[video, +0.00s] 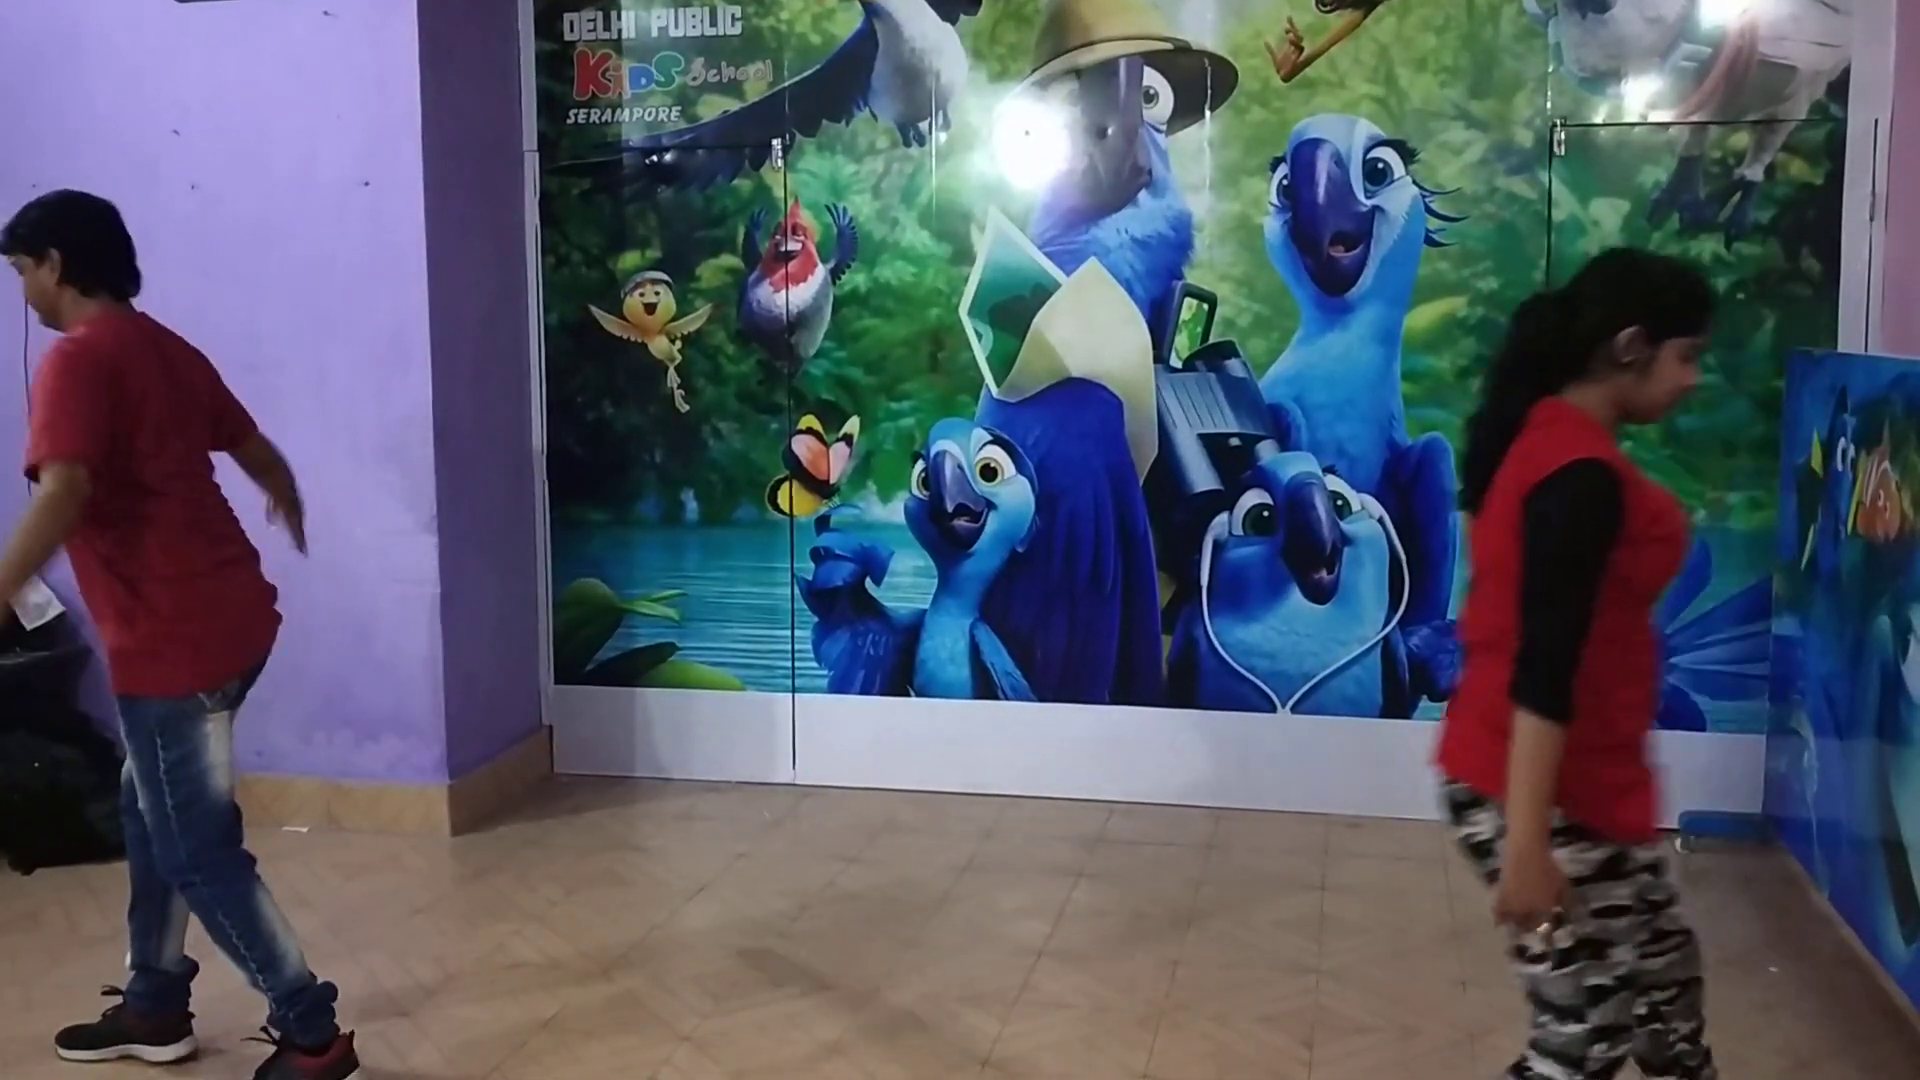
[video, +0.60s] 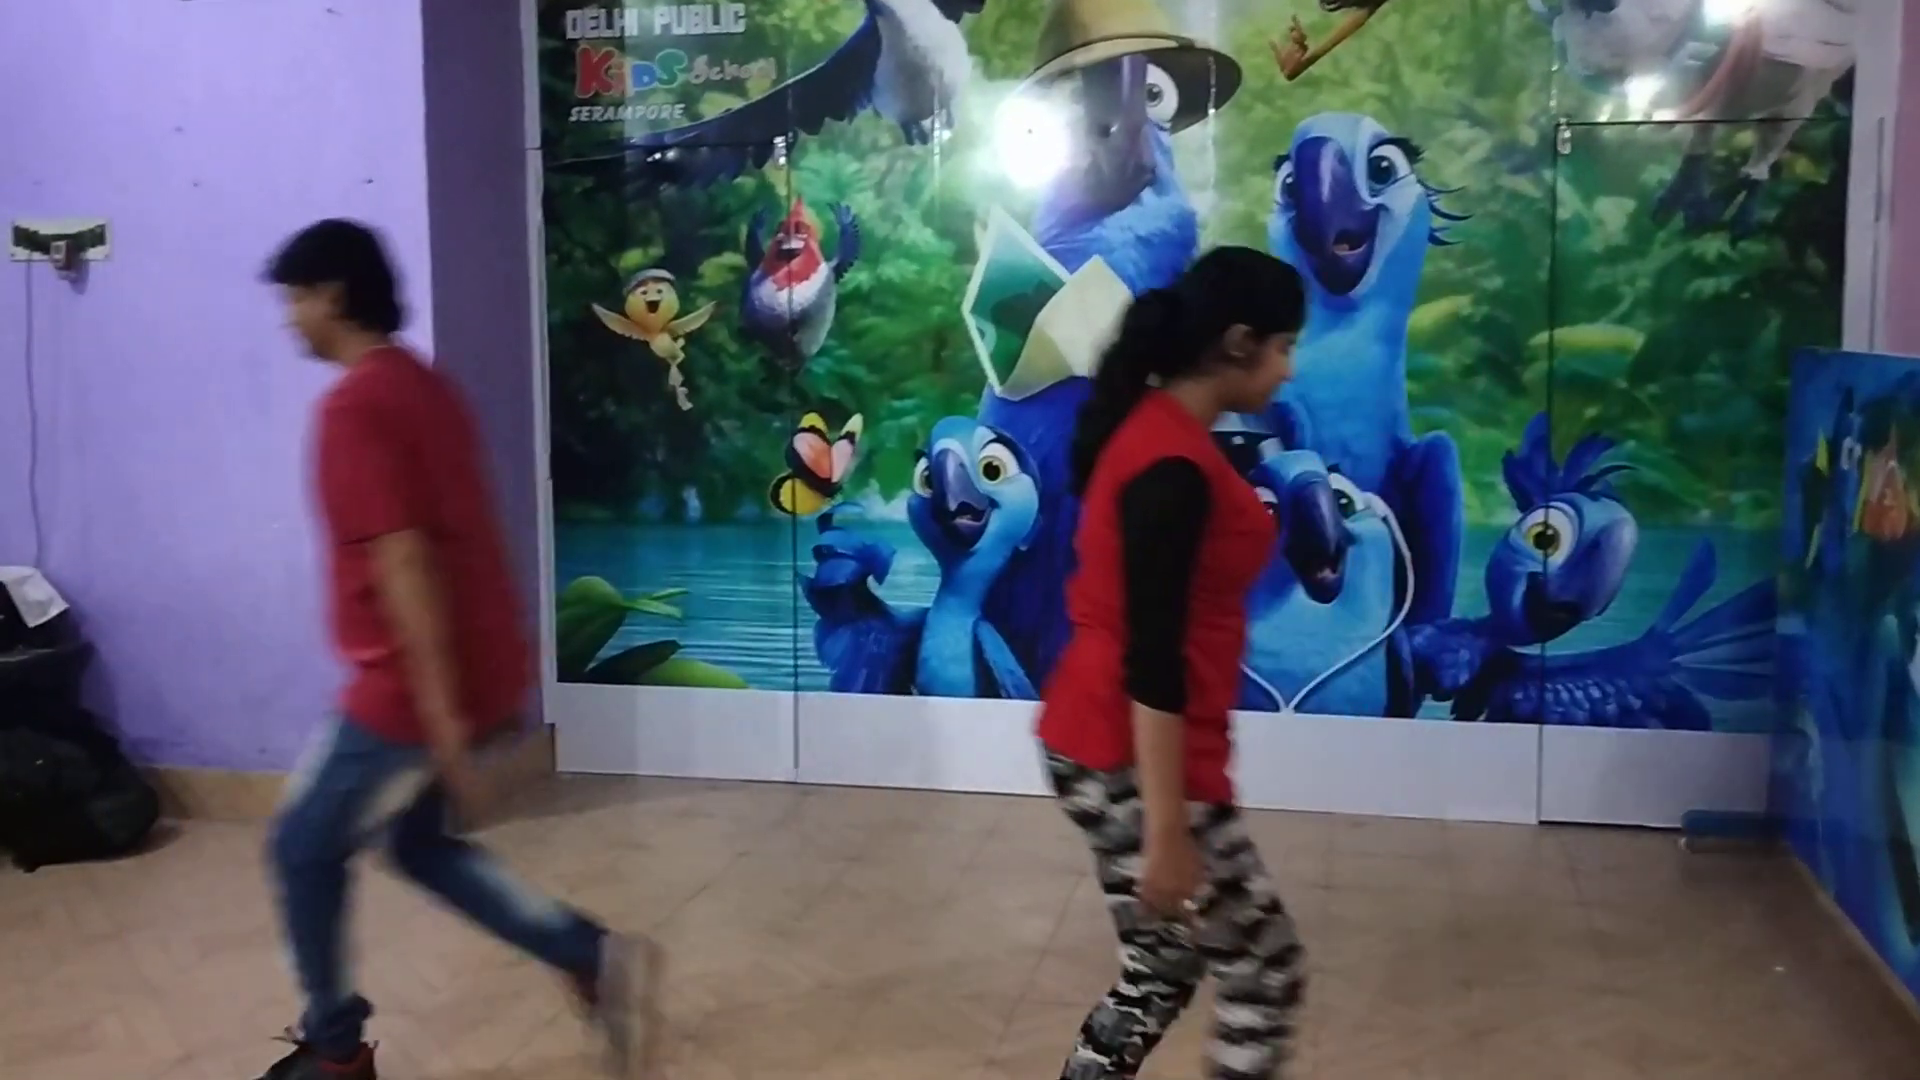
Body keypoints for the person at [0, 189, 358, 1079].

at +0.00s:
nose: (19, 287)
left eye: (22, 269)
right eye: (17, 270)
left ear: (54, 266)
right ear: (96, 265)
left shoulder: (75, 361)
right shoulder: (168, 346)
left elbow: (66, 489)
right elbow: (251, 445)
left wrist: (6, 584)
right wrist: (287, 495)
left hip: (167, 643)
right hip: (234, 619)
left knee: (201, 853)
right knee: (149, 815)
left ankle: (313, 1031)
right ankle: (154, 1009)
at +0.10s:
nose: (40, 291)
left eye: (43, 274)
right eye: (38, 275)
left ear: (76, 273)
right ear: (121, 271)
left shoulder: (100, 375)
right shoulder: (188, 360)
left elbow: (99, 524)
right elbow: (263, 483)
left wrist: (53, 663)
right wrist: (292, 568)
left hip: (180, 649)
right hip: (242, 628)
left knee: (186, 864)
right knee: (144, 818)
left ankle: (313, 1030)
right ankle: (153, 1009)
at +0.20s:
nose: (75, 303)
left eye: (80, 286)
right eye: (74, 286)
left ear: (116, 286)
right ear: (162, 284)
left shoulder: (135, 392)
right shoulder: (222, 376)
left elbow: (143, 549)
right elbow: (282, 515)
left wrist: (124, 698)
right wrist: (306, 621)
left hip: (203, 659)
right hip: (260, 644)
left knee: (176, 872)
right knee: (156, 827)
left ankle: (314, 1029)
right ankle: (154, 1009)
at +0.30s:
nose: (114, 312)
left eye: (120, 294)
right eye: (114, 295)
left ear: (154, 294)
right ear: (190, 293)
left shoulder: (174, 400)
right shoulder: (262, 382)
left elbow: (196, 563)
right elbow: (307, 534)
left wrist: (197, 722)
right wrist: (333, 667)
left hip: (247, 673)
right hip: (299, 662)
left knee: (208, 864)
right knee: (196, 823)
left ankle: (321, 1036)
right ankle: (156, 998)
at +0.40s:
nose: (163, 318)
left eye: (168, 300)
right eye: (163, 301)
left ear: (204, 300)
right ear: (243, 298)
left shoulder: (220, 408)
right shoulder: (311, 387)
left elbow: (253, 566)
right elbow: (355, 539)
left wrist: (273, 724)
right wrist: (381, 682)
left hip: (294, 688)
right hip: (352, 669)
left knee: (221, 870)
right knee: (232, 830)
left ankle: (322, 1038)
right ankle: (242, 998)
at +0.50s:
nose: (219, 319)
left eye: (226, 301)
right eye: (219, 302)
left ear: (265, 302)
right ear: (300, 300)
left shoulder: (281, 410)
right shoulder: (361, 388)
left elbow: (323, 568)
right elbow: (411, 541)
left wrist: (357, 723)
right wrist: (433, 689)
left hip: (345, 688)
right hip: (408, 671)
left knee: (244, 858)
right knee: (311, 824)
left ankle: (325, 1037)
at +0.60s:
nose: (287, 315)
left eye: (295, 297)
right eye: (287, 297)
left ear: (334, 298)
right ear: (356, 297)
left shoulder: (359, 403)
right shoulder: (423, 385)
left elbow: (403, 561)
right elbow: (451, 543)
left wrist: (444, 722)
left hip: (406, 693)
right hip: (470, 683)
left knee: (303, 845)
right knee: (421, 846)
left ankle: (332, 1041)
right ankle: (592, 957)